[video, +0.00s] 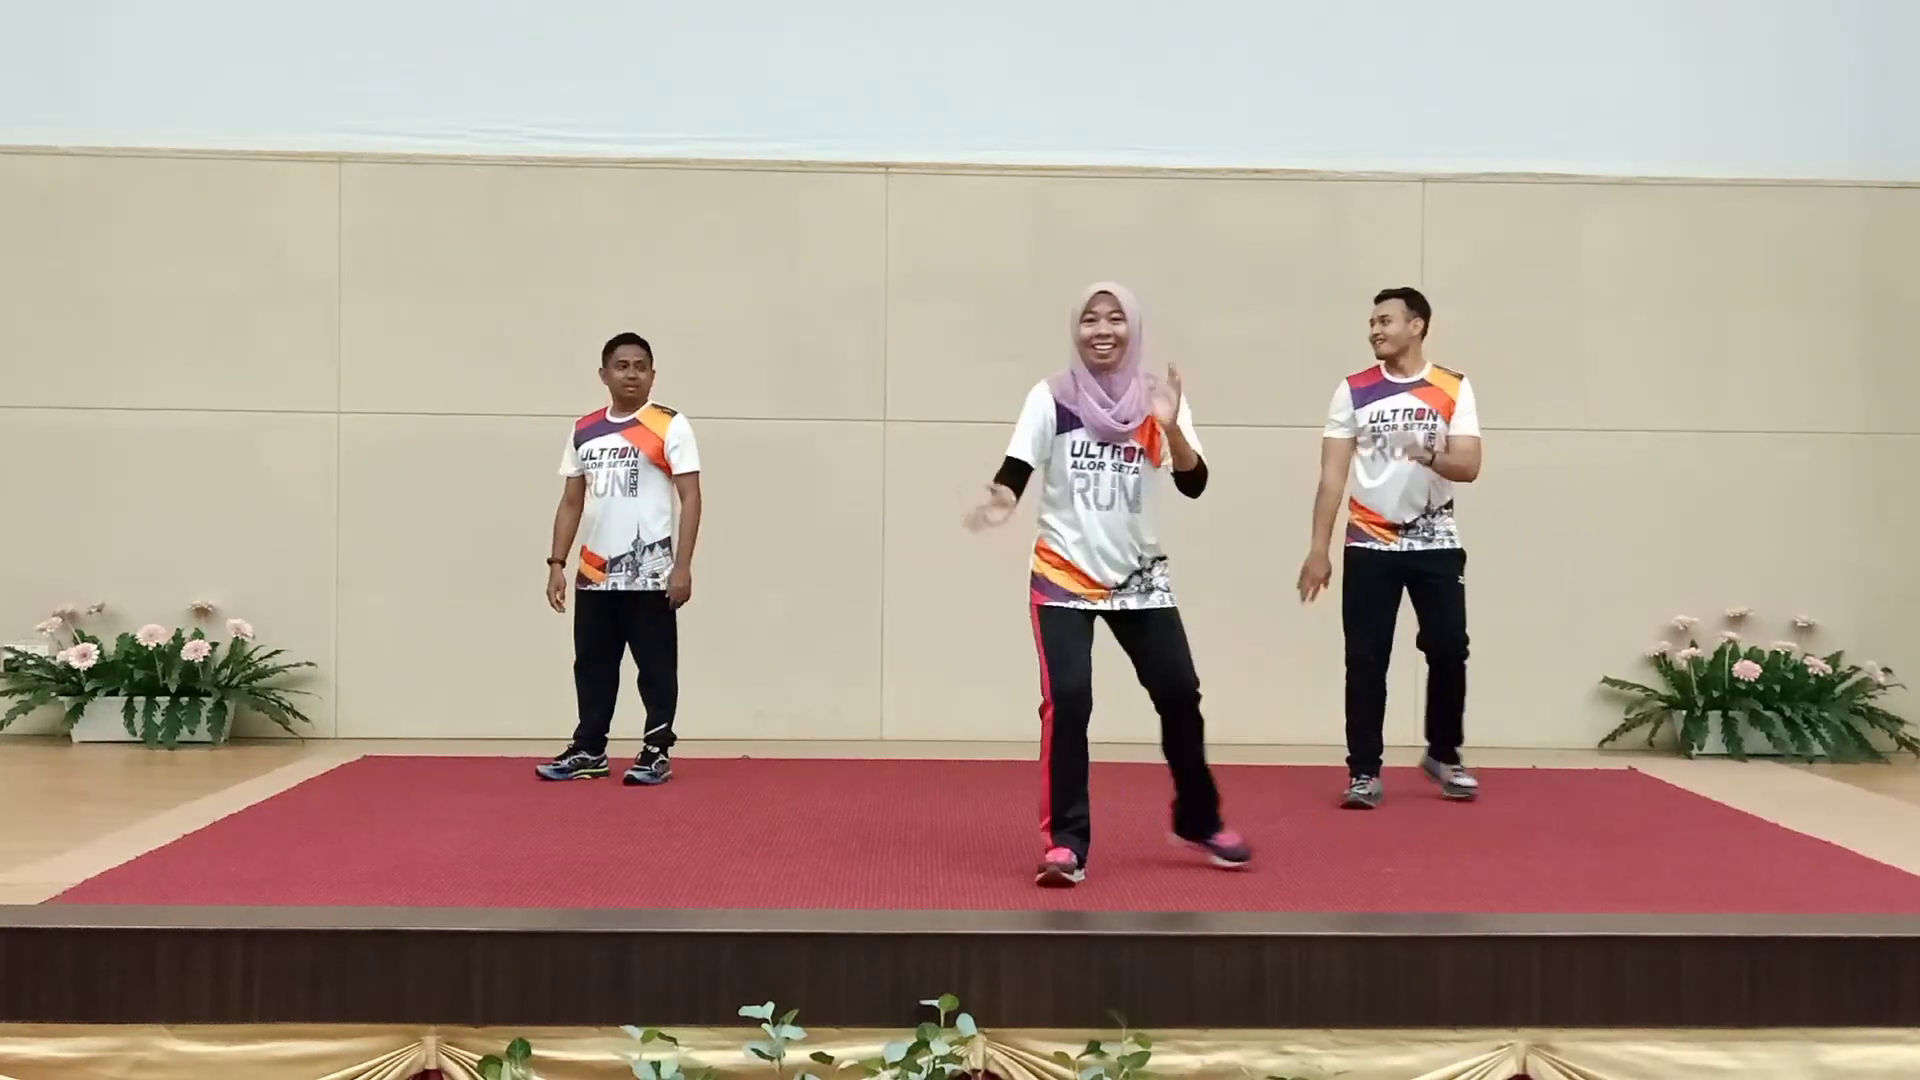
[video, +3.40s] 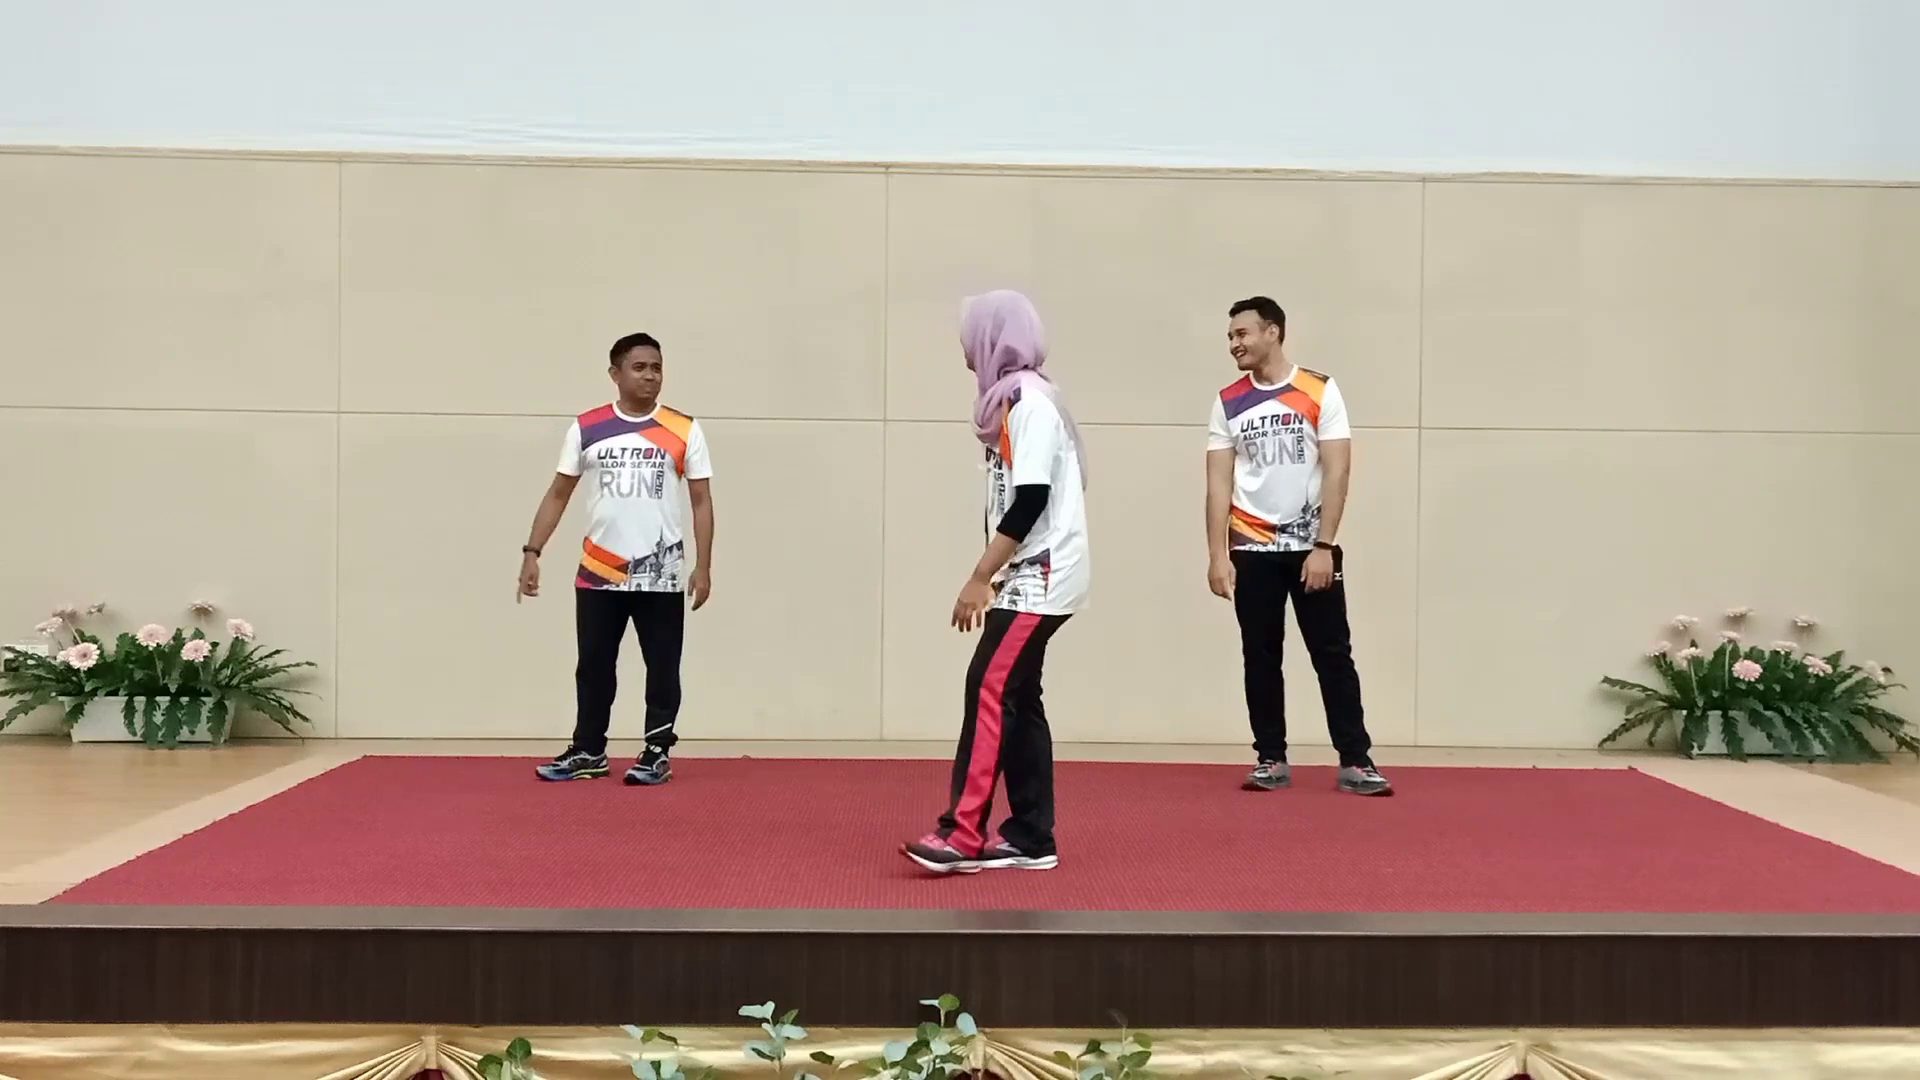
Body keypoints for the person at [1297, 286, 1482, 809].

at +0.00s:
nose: (1375, 328)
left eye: (1386, 320)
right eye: (1372, 322)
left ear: (1418, 327)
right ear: (1371, 331)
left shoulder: (1454, 390)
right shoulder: (1352, 392)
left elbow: (1468, 468)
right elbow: (1332, 475)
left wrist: (1433, 459)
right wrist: (1319, 550)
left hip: (1436, 544)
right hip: (1371, 545)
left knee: (1450, 649)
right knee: (1365, 659)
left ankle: (1443, 756)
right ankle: (1364, 772)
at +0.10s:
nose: (1366, 330)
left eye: (1376, 322)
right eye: (1363, 323)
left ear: (1409, 328)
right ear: (1363, 332)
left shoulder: (1446, 390)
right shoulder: (1345, 393)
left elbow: (1457, 467)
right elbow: (1322, 475)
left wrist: (1417, 482)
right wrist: (1303, 548)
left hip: (1426, 550)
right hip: (1364, 549)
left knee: (1431, 650)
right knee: (1362, 658)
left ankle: (1404, 747)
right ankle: (1363, 770)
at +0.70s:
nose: (1314, 334)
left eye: (1324, 326)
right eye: (1314, 326)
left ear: (1356, 331)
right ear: (1324, 333)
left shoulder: (1397, 398)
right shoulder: (1300, 395)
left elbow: (1418, 479)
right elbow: (1287, 477)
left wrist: (1419, 555)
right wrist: (1276, 548)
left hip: (1375, 550)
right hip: (1311, 544)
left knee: (1368, 660)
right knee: (1296, 647)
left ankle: (1359, 763)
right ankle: (1285, 758)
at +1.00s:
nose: (1272, 336)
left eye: (1282, 328)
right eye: (1273, 328)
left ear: (1313, 333)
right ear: (1295, 335)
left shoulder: (1353, 396)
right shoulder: (1262, 396)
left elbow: (1366, 480)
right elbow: (1245, 472)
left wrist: (1359, 552)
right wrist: (1237, 541)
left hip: (1332, 550)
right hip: (1271, 548)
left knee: (1343, 658)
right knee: (1271, 658)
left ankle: (1357, 763)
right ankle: (1271, 760)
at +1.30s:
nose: (1253, 337)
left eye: (1263, 330)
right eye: (1254, 330)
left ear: (1294, 336)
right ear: (1270, 337)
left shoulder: (1331, 396)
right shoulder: (1244, 398)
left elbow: (1323, 478)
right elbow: (1227, 475)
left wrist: (1283, 537)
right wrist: (1211, 546)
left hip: (1308, 545)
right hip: (1251, 546)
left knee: (1323, 652)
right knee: (1260, 657)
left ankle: (1353, 762)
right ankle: (1272, 761)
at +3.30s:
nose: (1240, 341)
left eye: (1250, 332)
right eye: (1237, 333)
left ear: (1280, 334)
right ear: (1236, 339)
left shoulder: (1323, 392)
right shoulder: (1229, 403)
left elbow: (1340, 473)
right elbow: (1220, 486)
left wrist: (1335, 544)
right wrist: (1217, 554)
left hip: (1313, 548)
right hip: (1254, 551)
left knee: (1334, 658)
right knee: (1262, 660)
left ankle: (1356, 762)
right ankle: (1271, 760)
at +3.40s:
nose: (1233, 343)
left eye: (1242, 333)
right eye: (1231, 335)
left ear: (1273, 333)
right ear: (1238, 341)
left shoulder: (1321, 393)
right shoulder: (1228, 402)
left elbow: (1336, 474)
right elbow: (1219, 485)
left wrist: (1325, 547)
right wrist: (1217, 554)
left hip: (1311, 548)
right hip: (1252, 553)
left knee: (1334, 658)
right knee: (1261, 661)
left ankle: (1355, 761)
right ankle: (1271, 760)